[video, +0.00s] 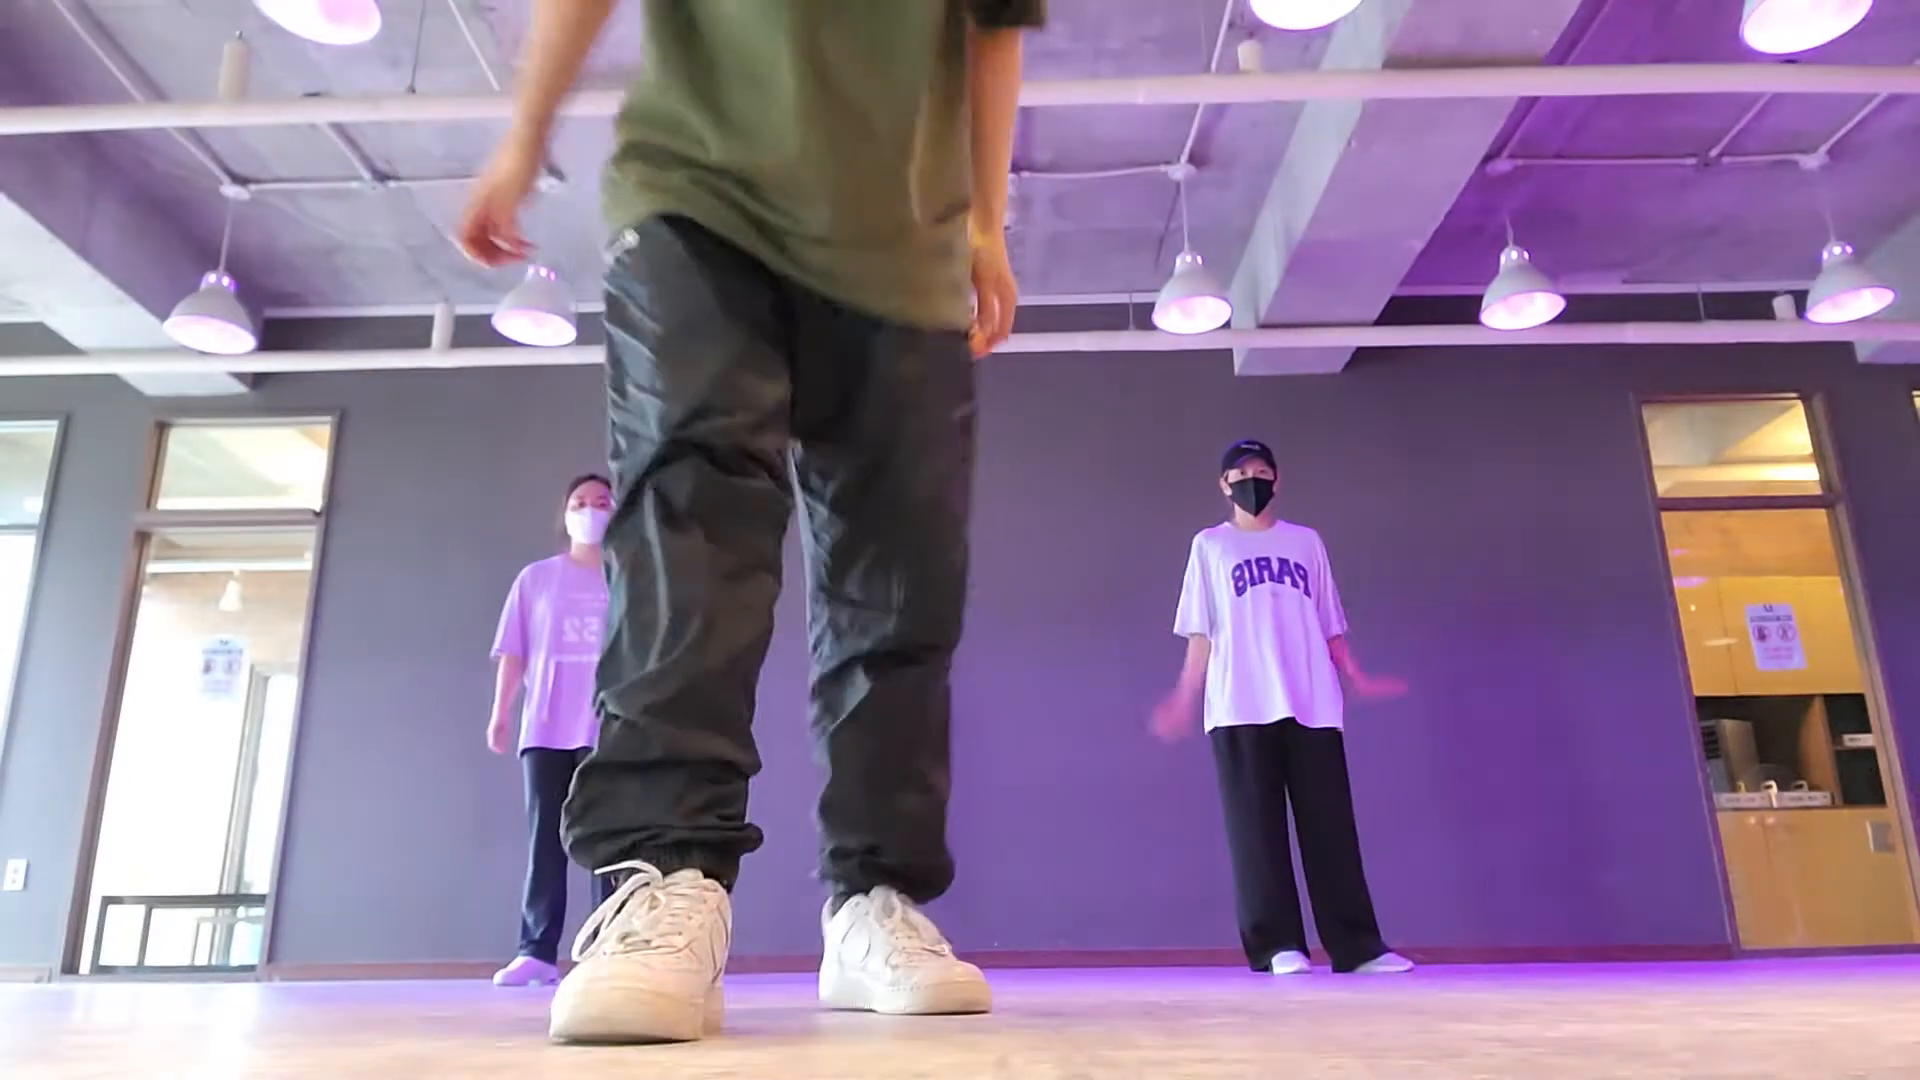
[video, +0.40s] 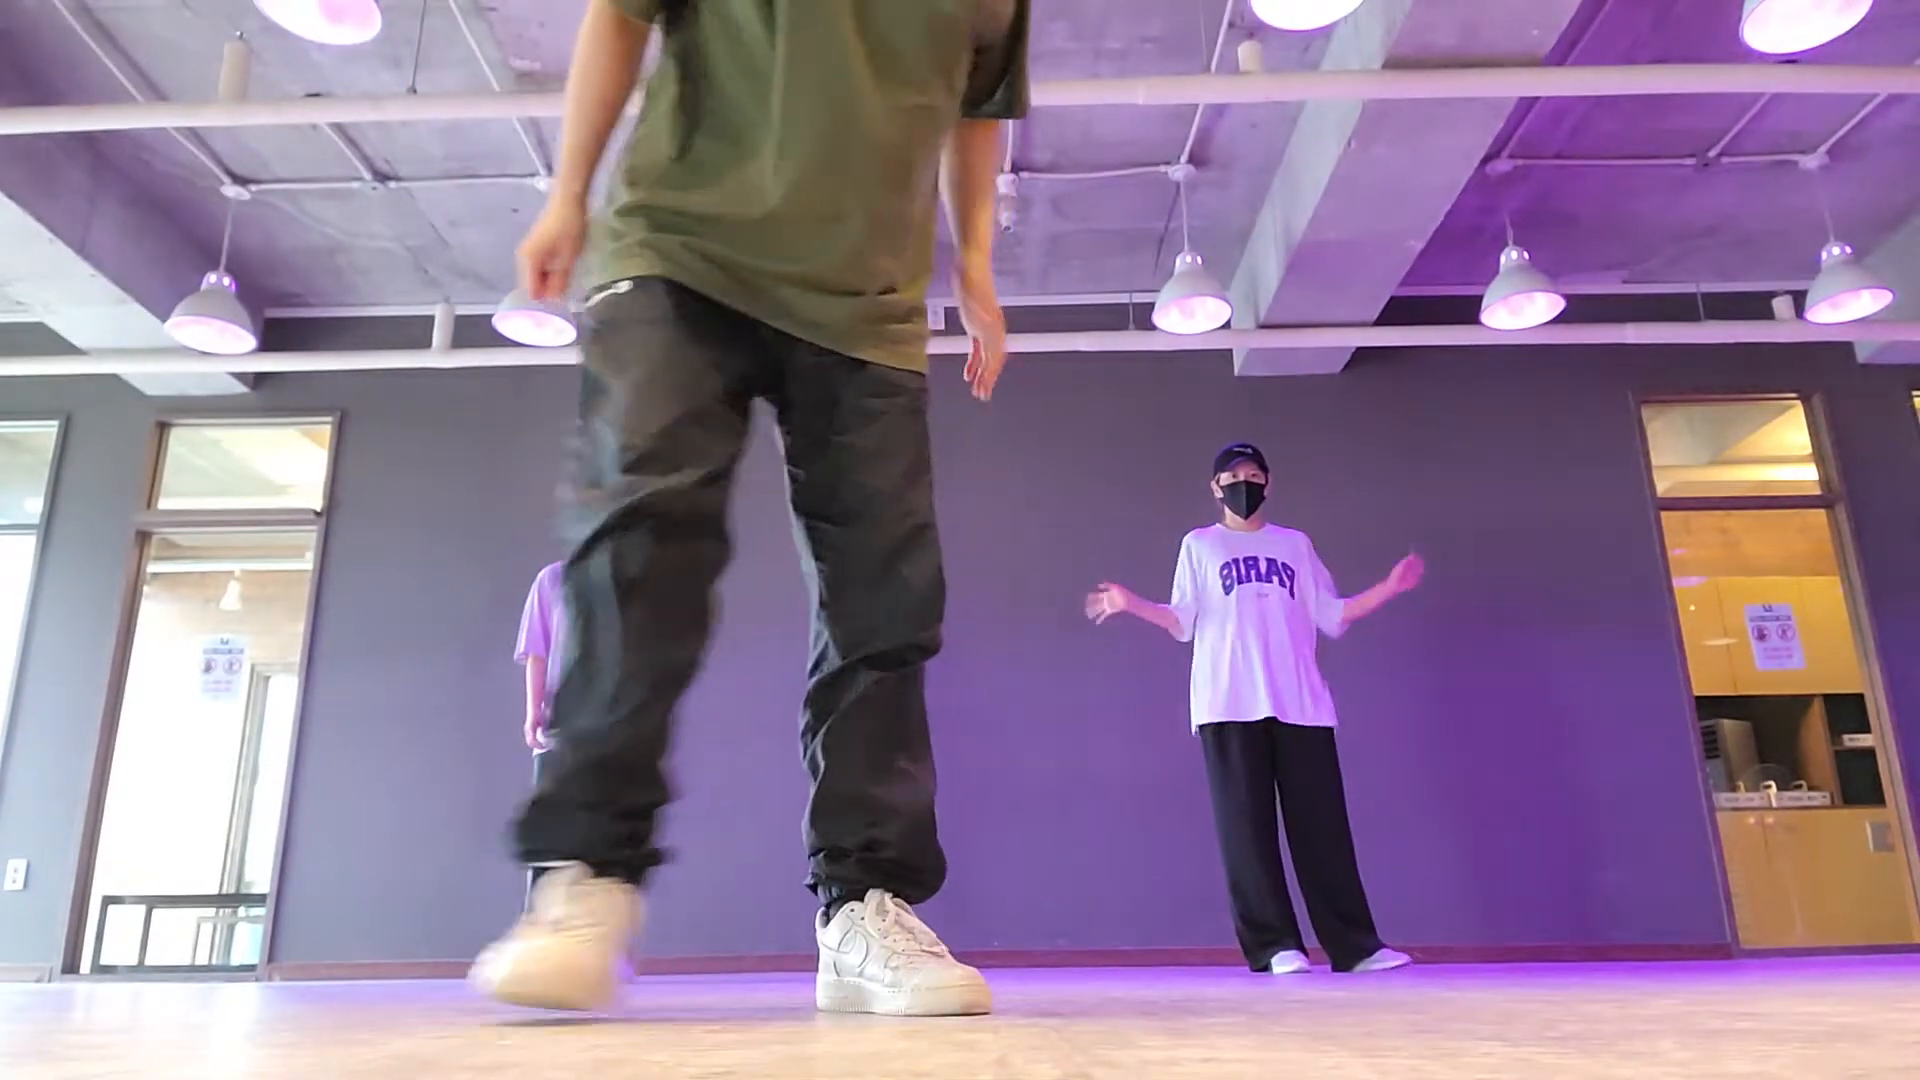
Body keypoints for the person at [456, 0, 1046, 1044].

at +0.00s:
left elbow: (994, 21)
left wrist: (987, 220)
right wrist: (524, 140)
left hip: (903, 200)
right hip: (698, 164)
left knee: (897, 576)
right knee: (691, 475)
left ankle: (878, 906)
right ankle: (668, 891)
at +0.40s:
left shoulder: (989, 6)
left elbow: (983, 94)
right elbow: (621, 8)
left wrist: (975, 261)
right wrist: (568, 192)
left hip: (866, 278)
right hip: (679, 236)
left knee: (884, 600)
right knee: (641, 520)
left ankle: (868, 912)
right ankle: (584, 887)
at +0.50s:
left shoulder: (960, 10)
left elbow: (956, 94)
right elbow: (591, 19)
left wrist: (922, 235)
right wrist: (530, 200)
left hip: (838, 284)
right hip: (650, 251)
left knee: (870, 604)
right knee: (563, 551)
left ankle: (867, 913)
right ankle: (483, 885)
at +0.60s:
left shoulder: (911, 9)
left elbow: (890, 114)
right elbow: (551, 40)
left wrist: (828, 252)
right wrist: (488, 219)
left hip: (795, 295)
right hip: (610, 267)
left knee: (854, 613)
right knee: (480, 570)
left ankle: (864, 915)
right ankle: (390, 899)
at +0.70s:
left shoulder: (809, 13)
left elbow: (828, 94)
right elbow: (489, 61)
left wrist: (756, 253)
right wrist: (431, 235)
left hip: (718, 301)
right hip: (525, 286)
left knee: (807, 613)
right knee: (399, 585)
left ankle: (867, 913)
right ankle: (367, 922)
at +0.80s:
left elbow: (724, 91)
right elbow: (427, 93)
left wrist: (653, 255)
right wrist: (363, 248)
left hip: (618, 319)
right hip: (435, 318)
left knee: (730, 598)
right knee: (324, 595)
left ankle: (864, 884)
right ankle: (358, 930)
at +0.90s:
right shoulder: (362, 14)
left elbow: (598, 73)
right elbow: (379, 128)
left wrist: (504, 238)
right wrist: (279, 254)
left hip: (481, 298)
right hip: (348, 313)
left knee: (589, 571)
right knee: (265, 600)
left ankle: (761, 845)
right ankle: (356, 928)